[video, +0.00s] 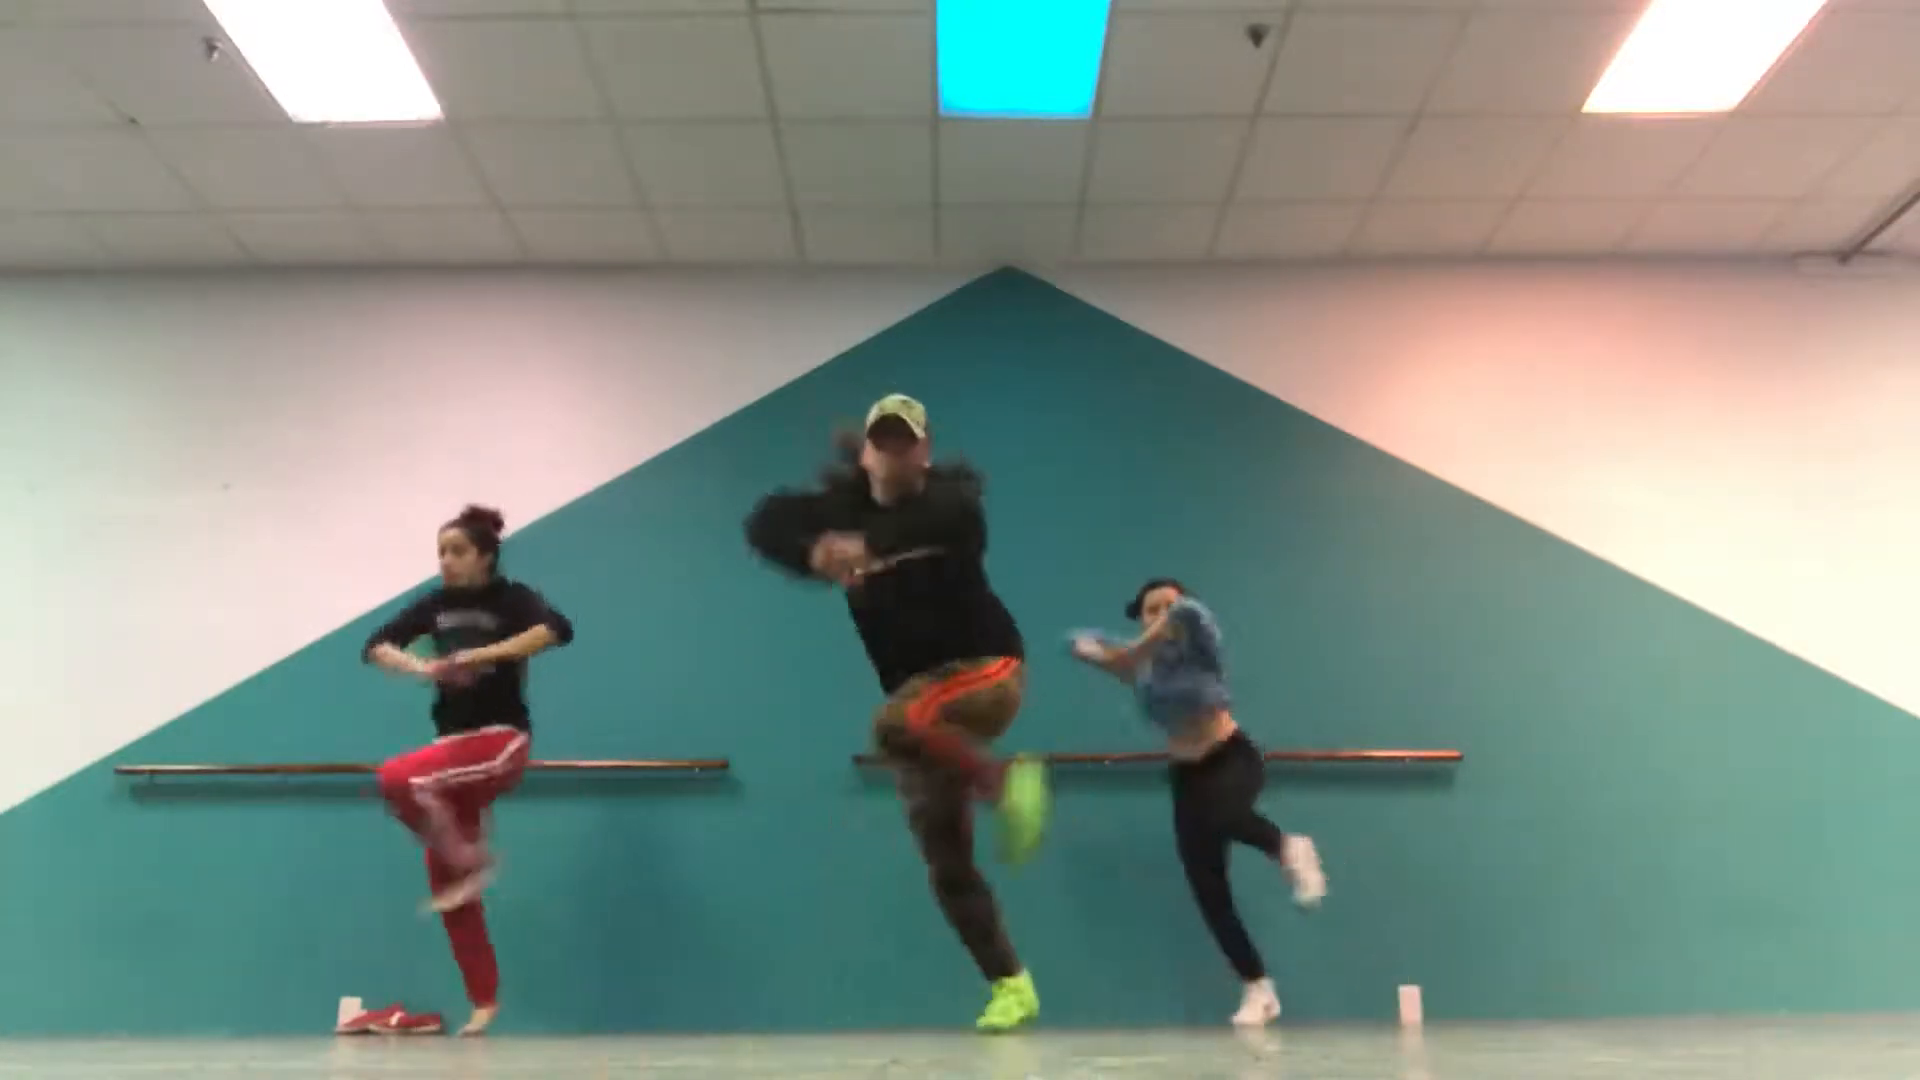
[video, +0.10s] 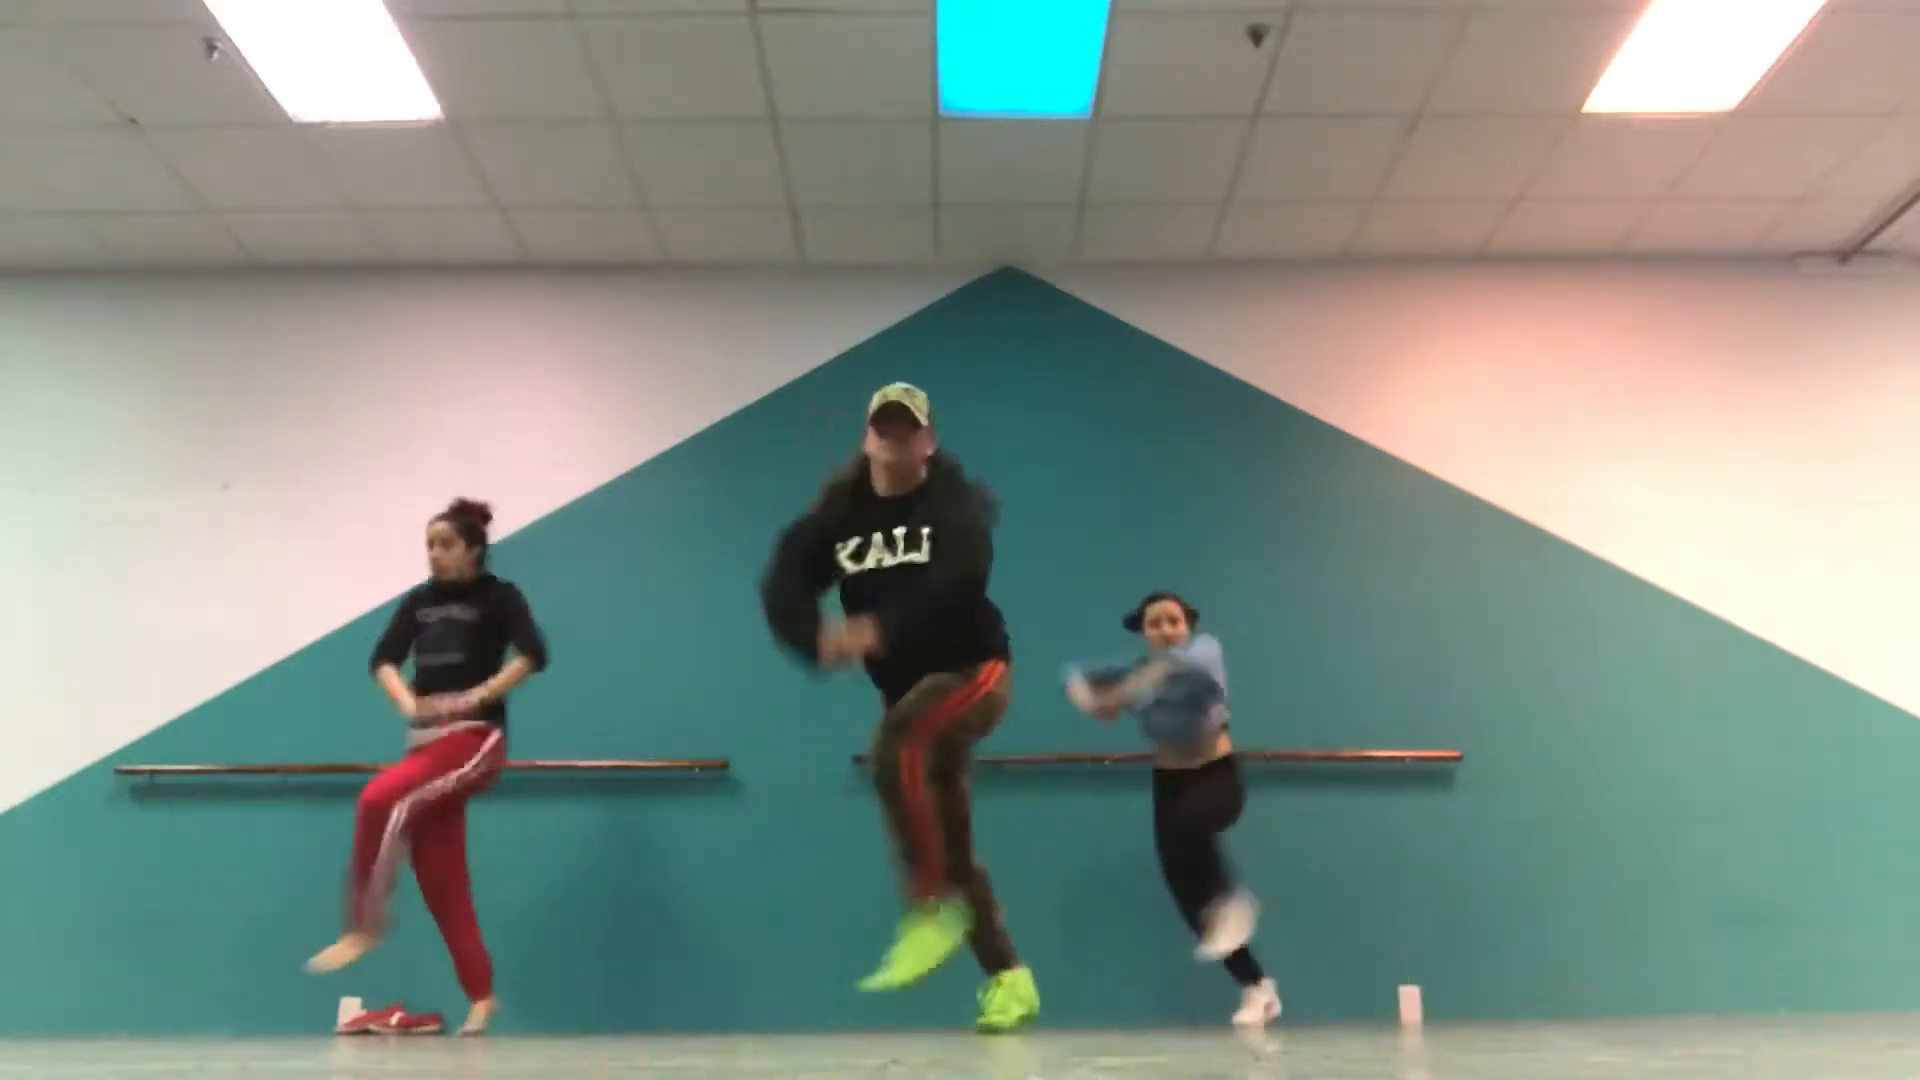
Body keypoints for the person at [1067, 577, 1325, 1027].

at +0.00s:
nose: (1160, 616)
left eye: (1168, 606)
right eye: (1151, 610)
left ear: (1185, 608)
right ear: (1140, 619)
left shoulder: (1199, 639)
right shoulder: (1144, 659)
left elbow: (1180, 615)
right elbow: (1124, 667)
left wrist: (1116, 655)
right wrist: (1094, 655)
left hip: (1231, 757)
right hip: (1189, 774)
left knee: (1226, 815)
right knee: (1209, 889)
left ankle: (1289, 851)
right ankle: (1257, 986)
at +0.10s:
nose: (1165, 630)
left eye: (1173, 621)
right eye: (1155, 623)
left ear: (1189, 625)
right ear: (1143, 632)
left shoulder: (1205, 653)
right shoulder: (1142, 672)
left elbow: (1165, 670)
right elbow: (1107, 695)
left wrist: (1117, 697)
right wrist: (1086, 695)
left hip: (1214, 777)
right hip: (1170, 784)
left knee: (1189, 826)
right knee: (1192, 893)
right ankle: (1255, 986)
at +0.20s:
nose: (1163, 640)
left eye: (1171, 630)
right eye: (1153, 632)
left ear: (1185, 636)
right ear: (1140, 640)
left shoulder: (1203, 683)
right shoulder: (1124, 687)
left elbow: (1191, 728)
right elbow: (1096, 727)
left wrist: (1148, 758)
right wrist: (1092, 761)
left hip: (1196, 787)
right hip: (1150, 792)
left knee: (1166, 858)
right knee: (1182, 908)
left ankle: (1139, 959)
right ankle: (1255, 986)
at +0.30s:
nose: (1144, 642)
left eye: (1153, 634)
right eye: (1136, 633)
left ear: (1166, 644)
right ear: (1120, 640)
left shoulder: (1185, 695)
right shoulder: (1104, 692)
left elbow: (1206, 759)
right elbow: (1117, 758)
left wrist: (1200, 808)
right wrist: (1151, 807)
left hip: (1177, 798)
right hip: (1128, 798)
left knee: (1125, 884)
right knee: (1172, 910)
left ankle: (1093, 990)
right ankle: (1255, 984)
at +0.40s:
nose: (1121, 620)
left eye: (1130, 614)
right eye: (1113, 611)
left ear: (1141, 628)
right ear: (1096, 620)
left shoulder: (1159, 678)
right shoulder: (1076, 671)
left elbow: (1211, 722)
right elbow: (1087, 728)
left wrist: (1205, 753)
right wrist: (1149, 752)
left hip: (1140, 782)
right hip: (1095, 785)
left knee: (1102, 881)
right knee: (1127, 910)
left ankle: (1087, 992)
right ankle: (1222, 968)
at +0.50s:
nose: (1099, 597)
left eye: (1109, 590)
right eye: (1091, 588)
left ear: (1122, 603)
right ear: (1075, 598)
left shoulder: (1137, 650)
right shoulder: (1052, 652)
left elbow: (1165, 707)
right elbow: (1038, 717)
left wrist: (1144, 734)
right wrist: (1092, 727)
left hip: (1119, 762)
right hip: (1071, 762)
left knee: (1091, 872)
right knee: (1057, 881)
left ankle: (1086, 988)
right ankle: (1127, 954)